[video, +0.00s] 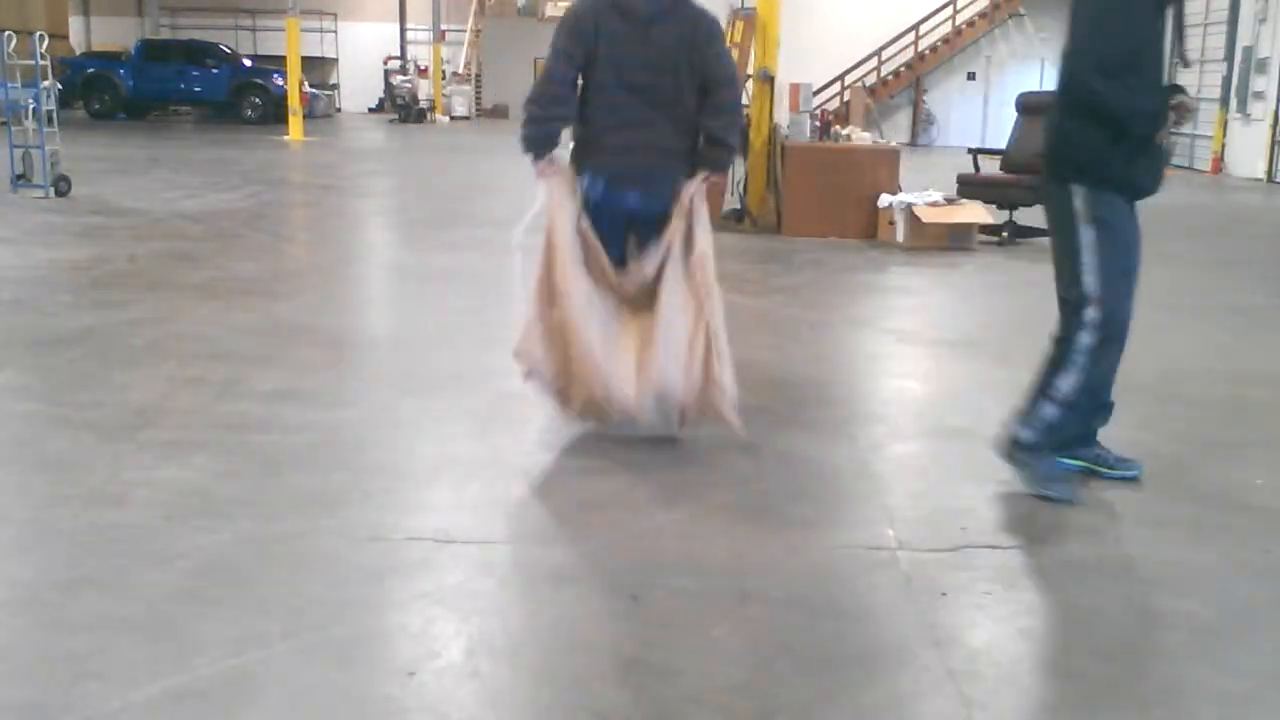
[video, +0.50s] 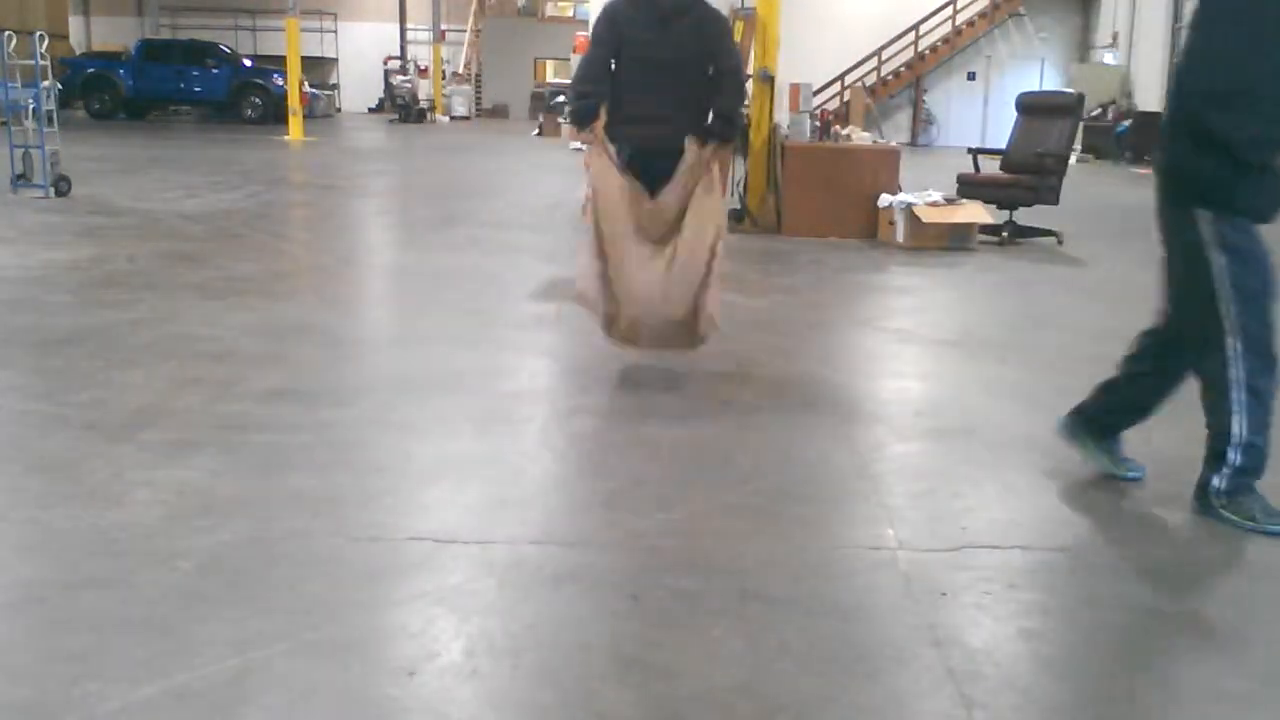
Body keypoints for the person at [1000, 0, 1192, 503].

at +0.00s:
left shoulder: (1141, 11)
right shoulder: (1116, 9)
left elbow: (1114, 76)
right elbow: (1091, 77)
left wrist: (1159, 102)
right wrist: (1157, 110)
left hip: (1109, 171)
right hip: (1083, 168)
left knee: (1109, 313)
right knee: (1092, 313)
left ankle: (1076, 438)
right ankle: (1032, 440)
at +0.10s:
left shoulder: (1149, 14)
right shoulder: (1142, 12)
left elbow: (1123, 76)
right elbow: (1116, 77)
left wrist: (1173, 108)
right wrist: (1167, 120)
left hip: (1103, 166)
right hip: (1107, 171)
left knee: (1099, 314)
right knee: (1120, 317)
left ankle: (1072, 446)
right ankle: (1105, 469)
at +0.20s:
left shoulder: (1177, 16)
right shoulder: (1164, 13)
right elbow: (1129, 80)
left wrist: (1194, 111)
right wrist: (1186, 123)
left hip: (1128, 171)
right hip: (1120, 172)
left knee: (1112, 314)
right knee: (1143, 316)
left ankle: (1073, 438)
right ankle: (1178, 473)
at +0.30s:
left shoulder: (1212, 14)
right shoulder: (1189, 10)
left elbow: (1178, 75)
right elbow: (1150, 84)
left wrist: (1222, 106)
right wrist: (1212, 122)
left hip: (1152, 165)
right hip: (1144, 166)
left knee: (1130, 312)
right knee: (1177, 318)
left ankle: (1073, 437)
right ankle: (1213, 477)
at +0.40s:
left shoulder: (1235, 15)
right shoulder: (1222, 13)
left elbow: (1207, 80)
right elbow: (1181, 85)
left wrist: (1252, 112)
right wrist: (1244, 123)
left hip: (1178, 165)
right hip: (1176, 168)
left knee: (1152, 316)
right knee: (1208, 324)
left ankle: (1076, 437)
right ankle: (1226, 482)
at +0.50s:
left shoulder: (1244, 16)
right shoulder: (1246, 17)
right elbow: (1222, 91)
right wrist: (1265, 155)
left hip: (1210, 183)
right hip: (1212, 185)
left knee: (1191, 327)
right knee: (1244, 340)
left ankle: (1094, 422)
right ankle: (1227, 483)